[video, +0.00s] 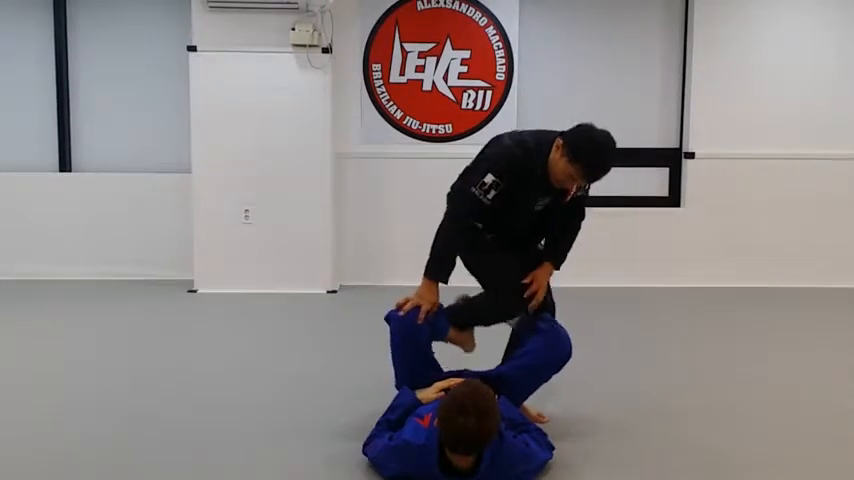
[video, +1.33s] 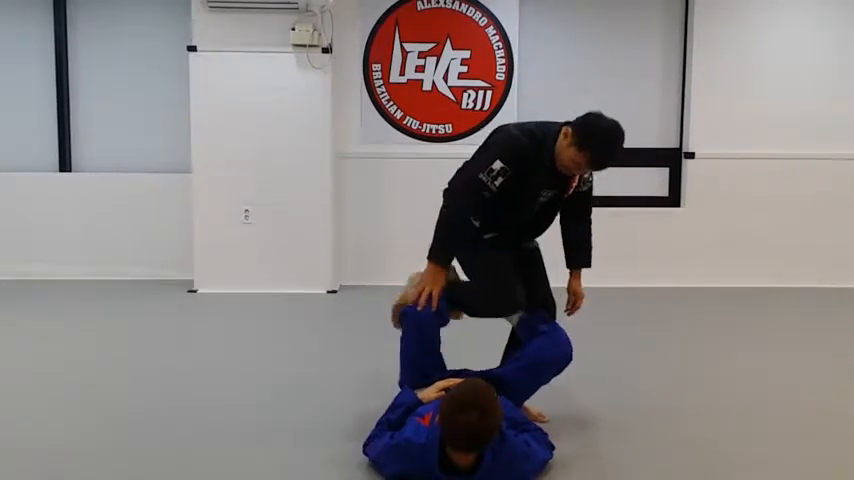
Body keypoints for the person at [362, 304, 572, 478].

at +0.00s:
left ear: (437, 424)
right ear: (496, 426)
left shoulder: (406, 453)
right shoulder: (515, 457)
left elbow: (374, 443)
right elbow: (540, 442)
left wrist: (413, 397)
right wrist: (509, 405)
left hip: (428, 392)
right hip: (498, 394)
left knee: (404, 318)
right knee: (558, 342)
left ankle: (451, 327)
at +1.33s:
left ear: (439, 421)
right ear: (497, 428)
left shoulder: (409, 451)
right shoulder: (515, 456)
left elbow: (374, 443)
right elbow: (540, 443)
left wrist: (413, 397)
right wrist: (520, 414)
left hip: (429, 392)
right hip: (498, 397)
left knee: (419, 316)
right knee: (559, 346)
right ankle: (519, 312)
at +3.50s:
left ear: (437, 426)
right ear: (496, 433)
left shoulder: (409, 453)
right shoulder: (518, 458)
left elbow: (372, 446)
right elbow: (541, 443)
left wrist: (410, 400)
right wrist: (501, 404)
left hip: (422, 396)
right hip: (491, 392)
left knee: (380, 321)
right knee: (541, 325)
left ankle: (415, 318)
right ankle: (497, 316)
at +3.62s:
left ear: (437, 426)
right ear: (496, 432)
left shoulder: (410, 452)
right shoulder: (517, 458)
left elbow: (372, 446)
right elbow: (540, 441)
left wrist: (410, 399)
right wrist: (502, 404)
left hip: (422, 395)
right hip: (492, 393)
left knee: (386, 319)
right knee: (542, 327)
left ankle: (416, 317)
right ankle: (498, 316)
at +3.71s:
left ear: (437, 427)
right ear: (498, 431)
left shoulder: (407, 453)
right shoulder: (518, 458)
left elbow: (372, 445)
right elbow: (541, 441)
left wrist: (409, 398)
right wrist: (503, 403)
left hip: (422, 395)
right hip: (492, 393)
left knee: (385, 318)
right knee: (544, 327)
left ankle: (417, 315)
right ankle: (500, 317)